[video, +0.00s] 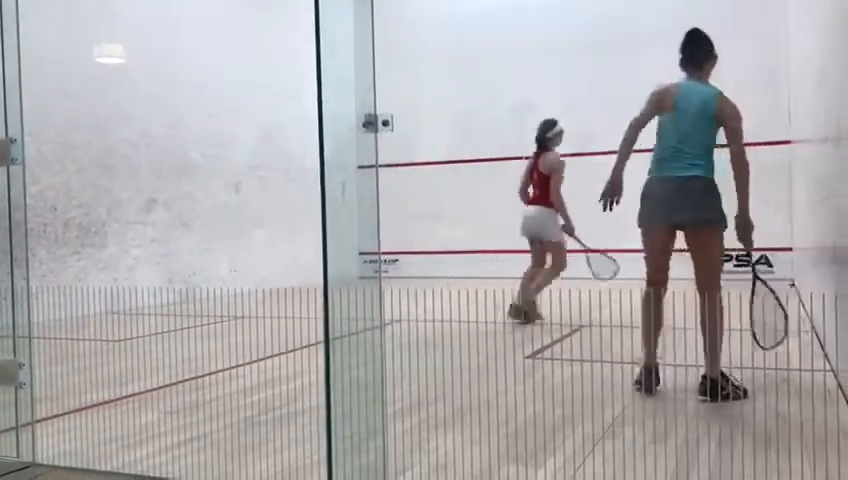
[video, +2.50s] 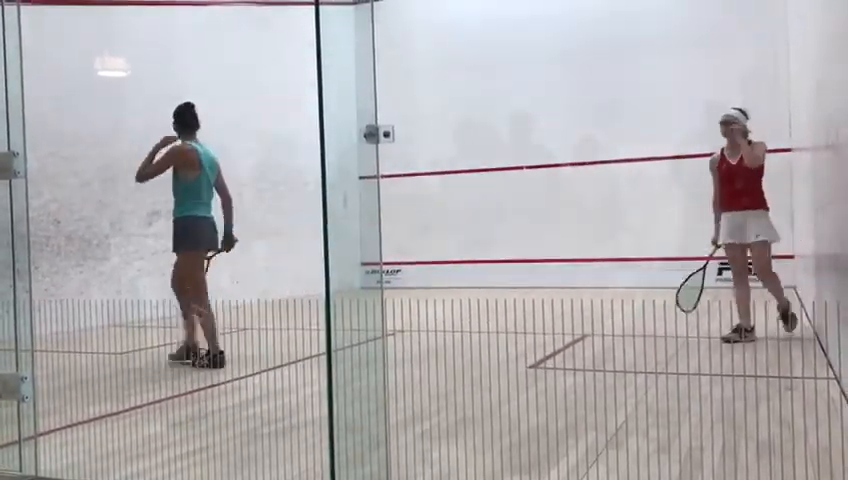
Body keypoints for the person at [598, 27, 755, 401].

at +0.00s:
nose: (714, 65)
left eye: (708, 61)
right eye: (714, 61)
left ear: (682, 62)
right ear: (712, 62)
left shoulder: (663, 94)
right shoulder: (723, 105)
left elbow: (634, 127)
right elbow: (739, 163)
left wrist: (615, 175)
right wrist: (744, 214)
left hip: (657, 196)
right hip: (700, 197)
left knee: (654, 284)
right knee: (709, 289)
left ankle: (648, 369)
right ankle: (713, 376)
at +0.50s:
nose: (580, 82)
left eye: (580, 74)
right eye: (578, 75)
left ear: (589, 70)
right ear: (606, 67)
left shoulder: (590, 105)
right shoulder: (633, 104)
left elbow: (582, 154)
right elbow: (655, 156)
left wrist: (565, 185)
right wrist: (646, 188)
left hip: (608, 200)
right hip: (637, 199)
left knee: (624, 279)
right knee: (613, 277)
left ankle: (653, 361)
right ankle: (654, 348)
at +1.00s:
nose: (464, 103)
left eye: (464, 95)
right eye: (462, 96)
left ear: (477, 90)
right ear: (488, 89)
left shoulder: (489, 118)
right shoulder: (511, 118)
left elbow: (497, 165)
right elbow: (530, 173)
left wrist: (494, 206)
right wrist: (493, 191)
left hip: (505, 207)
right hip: (526, 206)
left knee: (479, 282)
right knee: (519, 284)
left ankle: (515, 343)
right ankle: (527, 357)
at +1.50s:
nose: (359, 113)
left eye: (360, 106)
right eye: (358, 107)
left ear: (371, 103)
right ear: (382, 102)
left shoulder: (384, 128)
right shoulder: (403, 131)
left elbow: (380, 174)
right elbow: (419, 179)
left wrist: (352, 205)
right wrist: (425, 216)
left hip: (393, 209)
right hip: (407, 209)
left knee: (396, 283)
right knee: (378, 278)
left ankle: (408, 352)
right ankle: (400, 347)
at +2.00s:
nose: (271, 126)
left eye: (272, 121)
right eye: (272, 121)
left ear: (273, 119)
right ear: (294, 116)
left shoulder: (281, 140)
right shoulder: (312, 146)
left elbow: (236, 149)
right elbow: (321, 190)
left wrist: (256, 121)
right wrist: (319, 223)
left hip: (288, 222)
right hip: (313, 223)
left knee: (263, 286)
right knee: (314, 287)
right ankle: (321, 351)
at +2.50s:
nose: (175, 129)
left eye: (175, 125)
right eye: (178, 125)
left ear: (176, 126)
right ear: (197, 125)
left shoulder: (180, 151)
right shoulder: (208, 156)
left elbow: (142, 176)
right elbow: (226, 198)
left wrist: (158, 146)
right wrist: (229, 231)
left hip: (188, 228)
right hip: (207, 228)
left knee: (197, 292)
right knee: (179, 282)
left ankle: (214, 351)